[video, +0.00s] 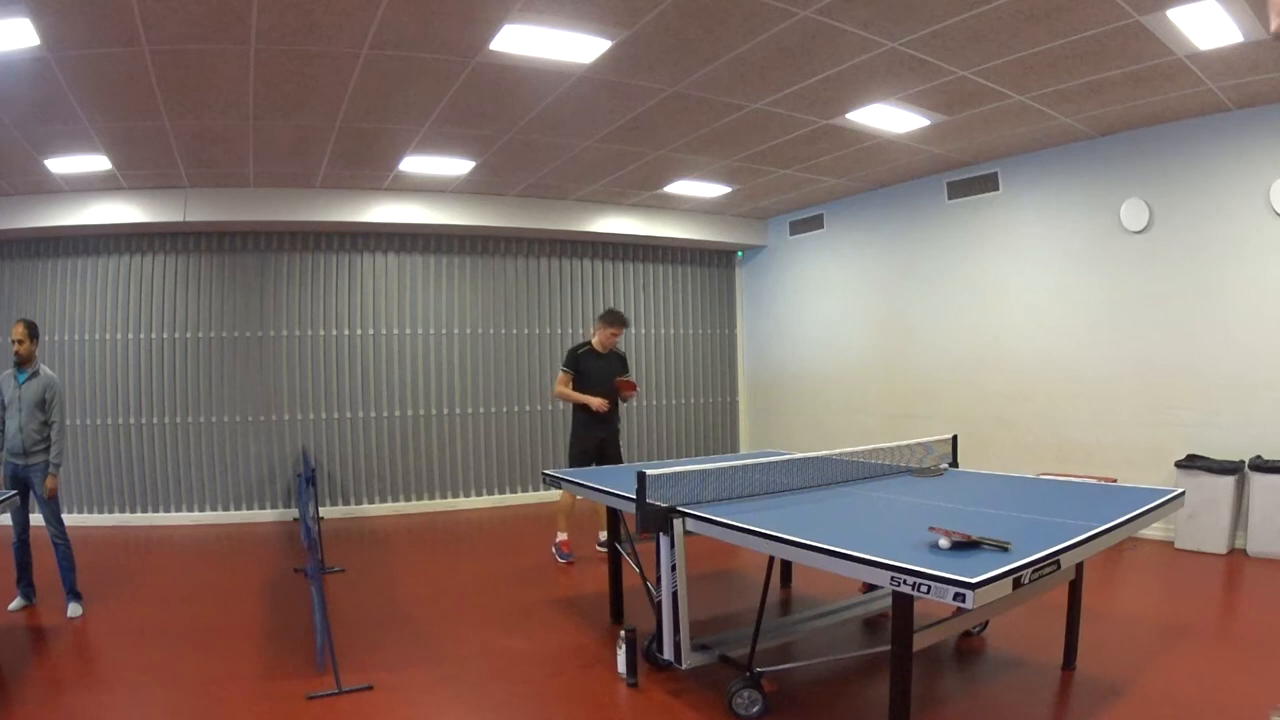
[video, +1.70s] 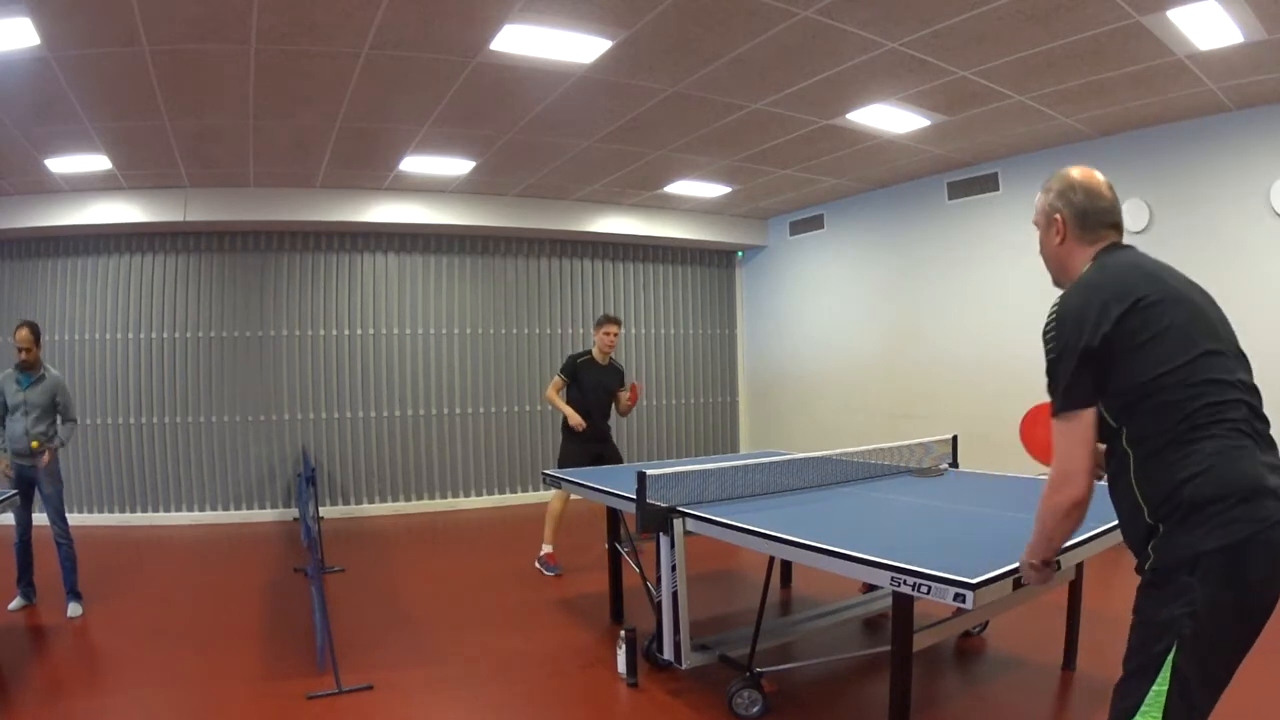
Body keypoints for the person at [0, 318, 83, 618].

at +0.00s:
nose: (15, 347)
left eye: (21, 342)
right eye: (13, 342)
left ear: (35, 344)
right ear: (11, 344)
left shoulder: (49, 381)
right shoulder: (6, 380)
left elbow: (57, 429)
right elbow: (3, 422)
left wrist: (53, 472)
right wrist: (3, 464)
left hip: (40, 466)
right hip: (11, 465)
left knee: (57, 533)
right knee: (19, 534)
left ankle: (73, 596)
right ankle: (26, 593)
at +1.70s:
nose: (22, 355)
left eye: (27, 349)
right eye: (18, 349)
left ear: (39, 346)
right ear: (13, 347)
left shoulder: (54, 381)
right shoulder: (5, 380)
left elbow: (70, 421)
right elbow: (2, 420)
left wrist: (55, 447)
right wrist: (2, 455)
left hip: (45, 461)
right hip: (15, 462)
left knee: (60, 530)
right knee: (22, 532)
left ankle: (73, 596)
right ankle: (25, 593)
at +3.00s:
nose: (23, 342)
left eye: (30, 338)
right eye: (22, 337)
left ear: (44, 344)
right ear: (20, 341)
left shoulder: (56, 386)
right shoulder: (7, 379)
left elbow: (63, 430)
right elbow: (2, 415)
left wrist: (39, 444)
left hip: (42, 466)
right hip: (12, 465)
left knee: (56, 532)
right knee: (19, 533)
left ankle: (72, 596)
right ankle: (25, 593)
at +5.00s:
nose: (15, 348)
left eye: (21, 343)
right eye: (13, 343)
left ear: (36, 344)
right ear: (12, 345)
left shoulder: (51, 382)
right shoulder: (6, 381)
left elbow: (62, 427)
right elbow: (3, 426)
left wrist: (37, 444)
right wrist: (2, 466)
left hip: (41, 466)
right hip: (11, 466)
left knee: (56, 532)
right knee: (20, 533)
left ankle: (72, 596)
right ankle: (26, 593)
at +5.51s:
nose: (28, 352)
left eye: (33, 347)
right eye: (25, 347)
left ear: (44, 347)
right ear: (20, 346)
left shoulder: (57, 385)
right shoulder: (8, 381)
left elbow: (69, 427)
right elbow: (3, 425)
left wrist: (59, 453)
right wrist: (5, 466)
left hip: (47, 465)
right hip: (17, 465)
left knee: (60, 532)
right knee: (22, 533)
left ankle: (73, 596)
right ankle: (26, 593)